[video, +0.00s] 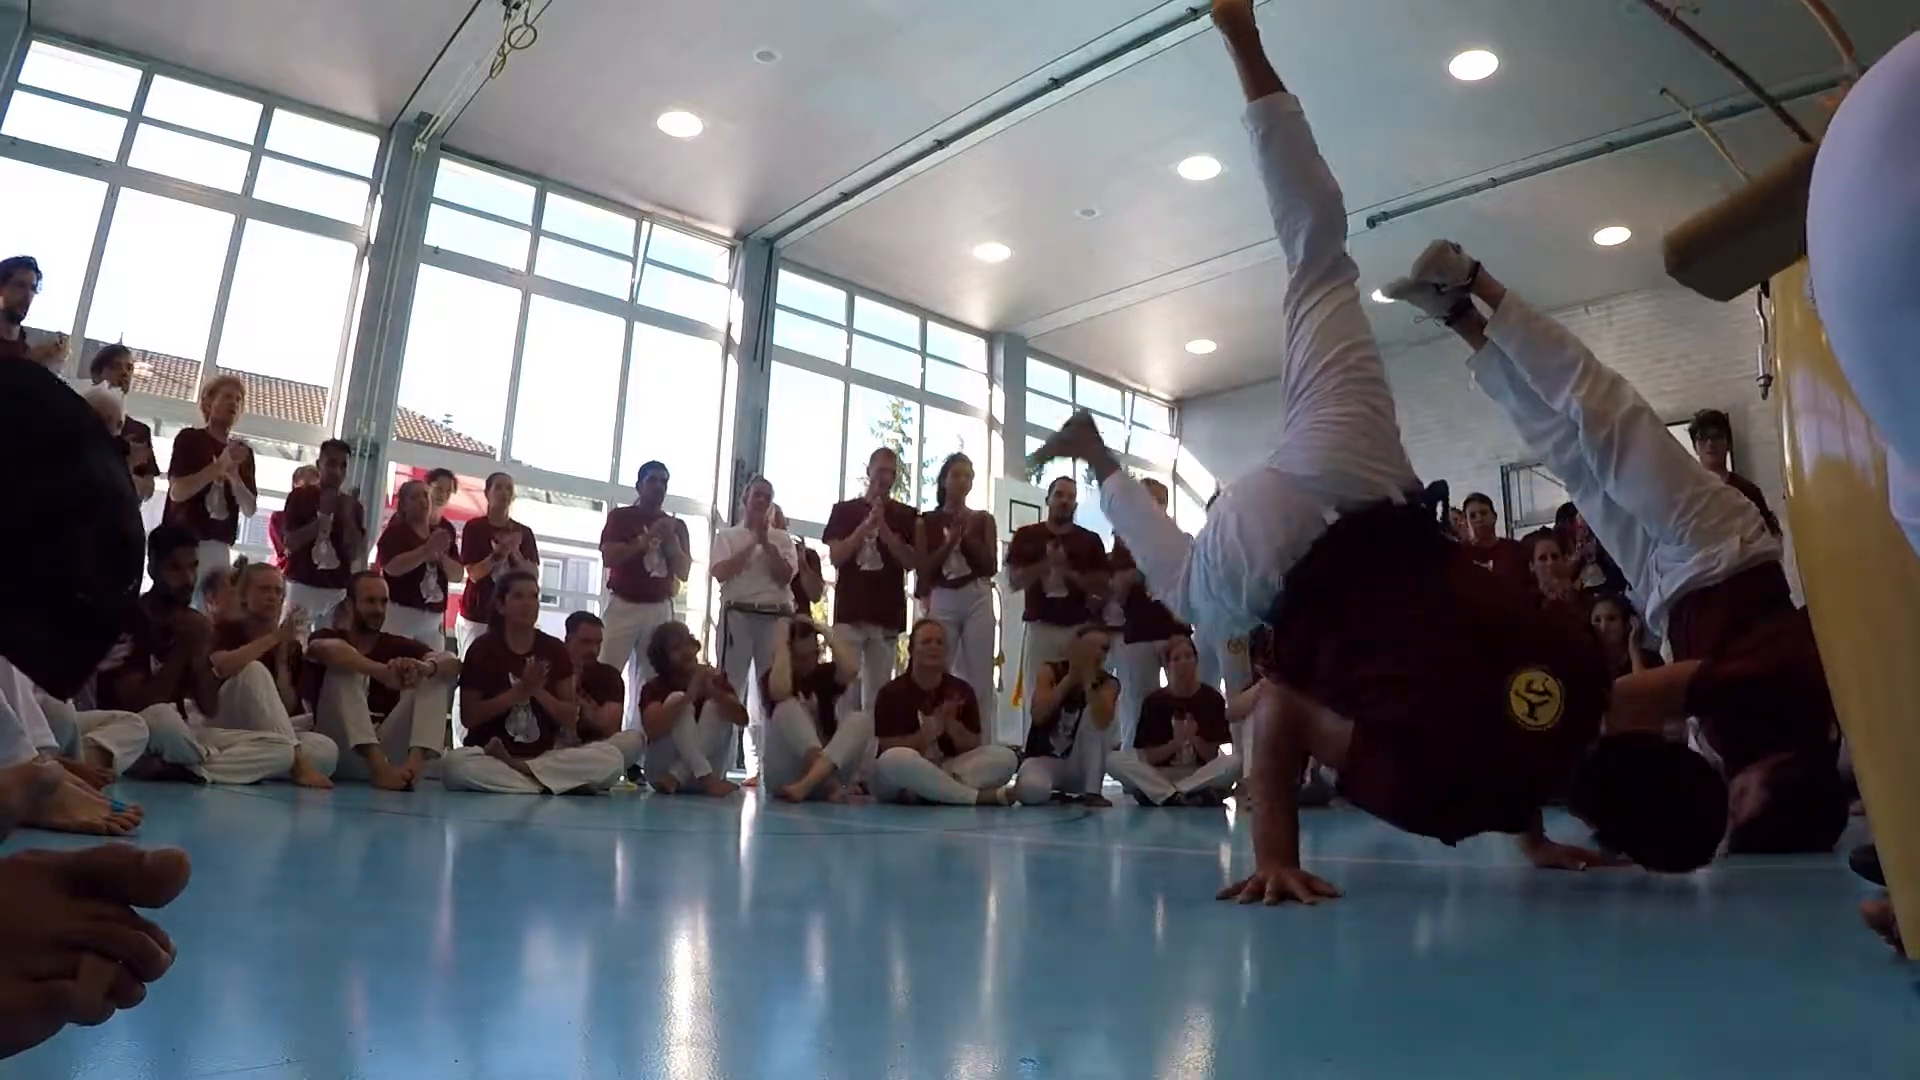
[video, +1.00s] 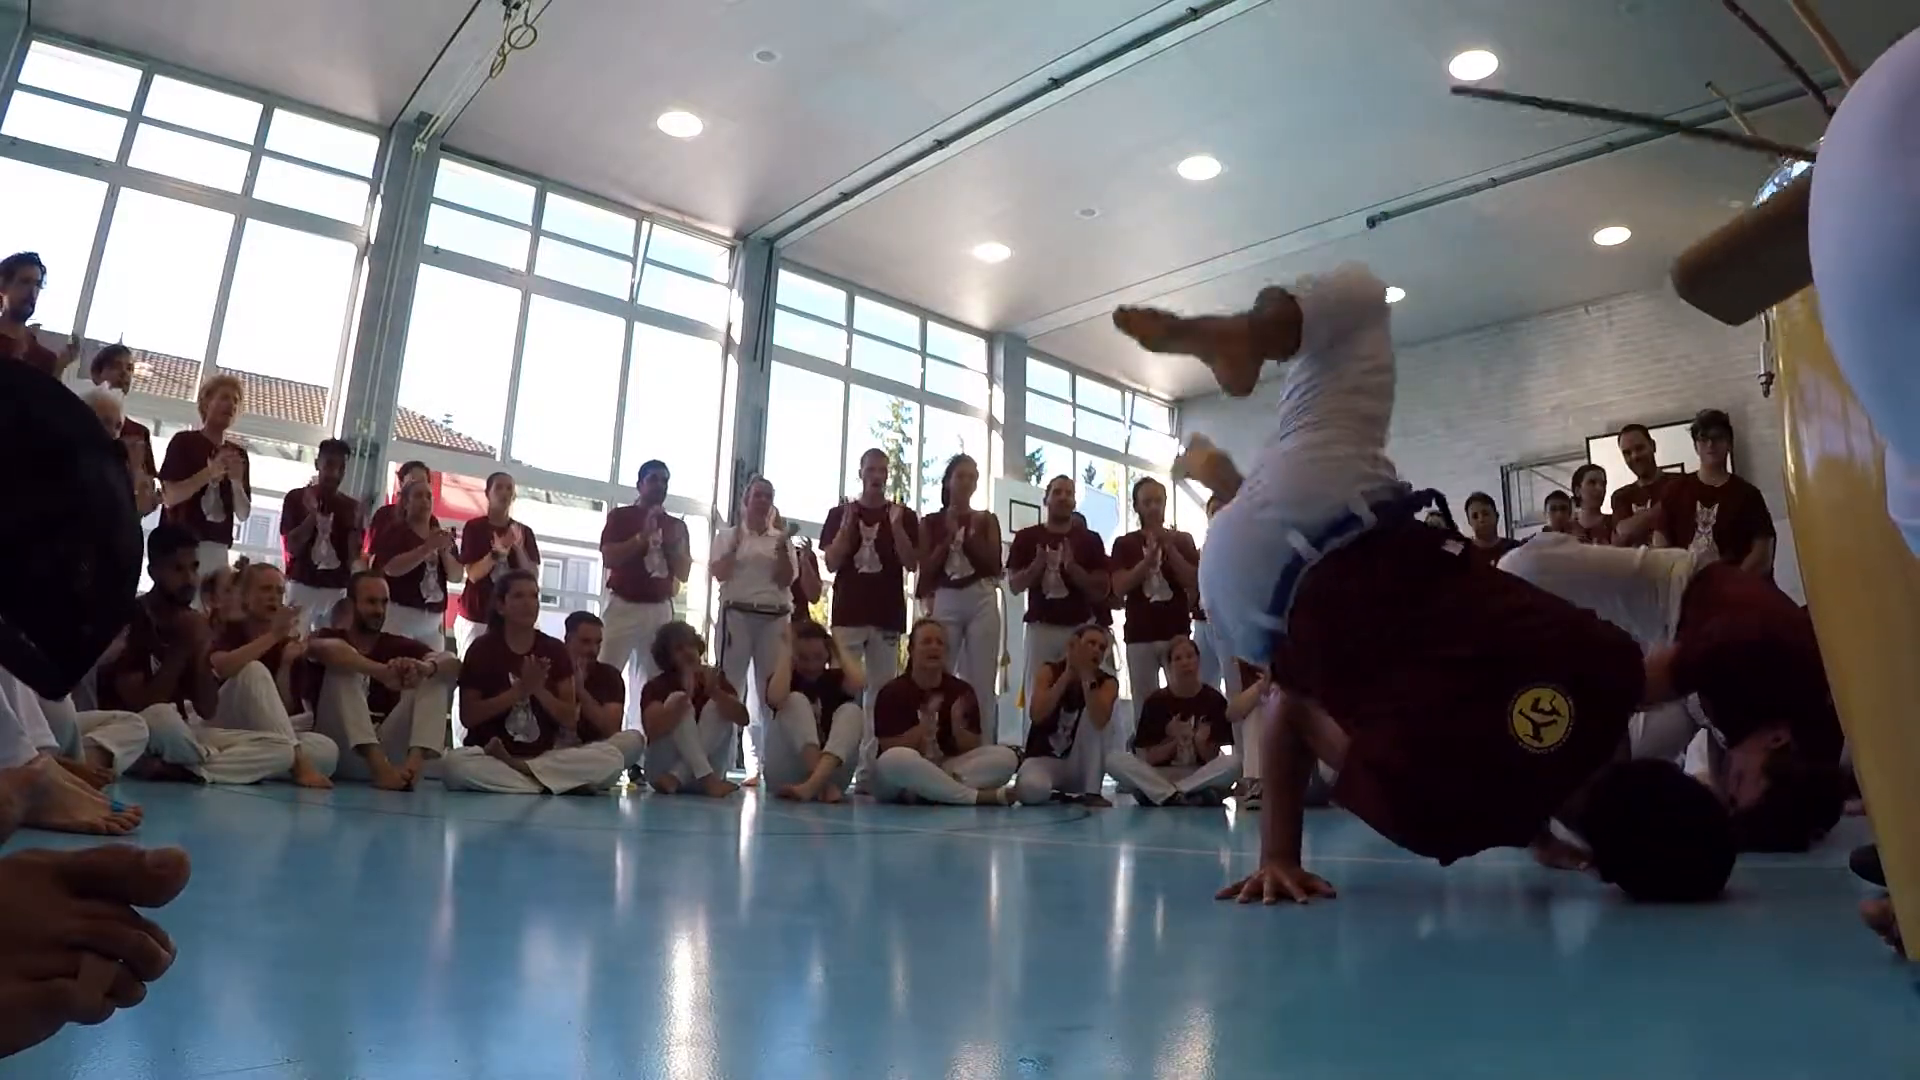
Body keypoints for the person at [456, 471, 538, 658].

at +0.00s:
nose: (504, 493)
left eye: (509, 489)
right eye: (498, 487)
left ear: (513, 495)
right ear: (487, 492)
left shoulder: (524, 533)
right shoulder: (474, 527)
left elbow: (533, 574)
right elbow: (474, 574)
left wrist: (515, 554)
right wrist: (497, 554)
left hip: (511, 619)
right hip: (475, 616)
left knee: (505, 680)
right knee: (471, 680)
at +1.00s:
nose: (504, 493)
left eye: (509, 488)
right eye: (499, 488)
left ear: (514, 495)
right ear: (488, 493)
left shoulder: (524, 532)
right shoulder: (474, 527)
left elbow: (533, 575)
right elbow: (473, 575)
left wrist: (519, 548)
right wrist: (495, 554)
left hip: (510, 621)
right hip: (474, 617)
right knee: (472, 678)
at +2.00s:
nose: (503, 493)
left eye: (507, 488)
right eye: (497, 488)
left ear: (512, 495)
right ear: (486, 493)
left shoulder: (523, 532)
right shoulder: (473, 527)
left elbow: (531, 574)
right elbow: (473, 575)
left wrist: (514, 553)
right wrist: (496, 553)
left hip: (509, 621)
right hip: (474, 617)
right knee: (471, 679)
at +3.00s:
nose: (503, 494)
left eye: (508, 490)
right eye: (498, 489)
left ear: (513, 495)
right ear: (487, 493)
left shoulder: (523, 533)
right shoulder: (473, 527)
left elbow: (532, 575)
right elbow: (472, 575)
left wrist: (516, 551)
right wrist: (492, 554)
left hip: (509, 623)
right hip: (473, 620)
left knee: (505, 685)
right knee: (469, 685)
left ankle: (498, 743)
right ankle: (463, 747)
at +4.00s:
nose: (508, 497)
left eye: (512, 493)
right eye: (503, 491)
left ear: (515, 498)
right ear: (489, 493)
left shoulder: (521, 531)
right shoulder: (472, 527)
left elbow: (531, 573)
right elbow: (471, 573)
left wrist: (518, 545)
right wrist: (494, 553)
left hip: (510, 622)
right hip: (475, 617)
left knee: (505, 684)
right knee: (470, 684)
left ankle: (497, 743)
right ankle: (462, 745)